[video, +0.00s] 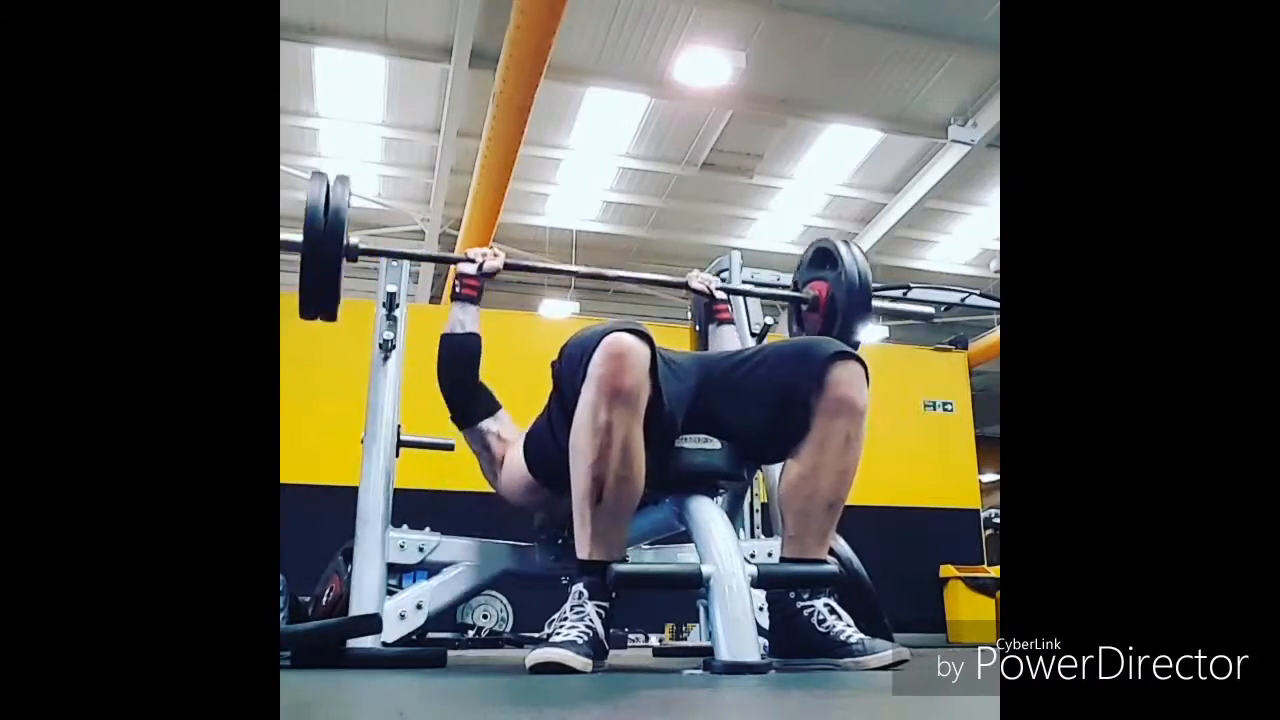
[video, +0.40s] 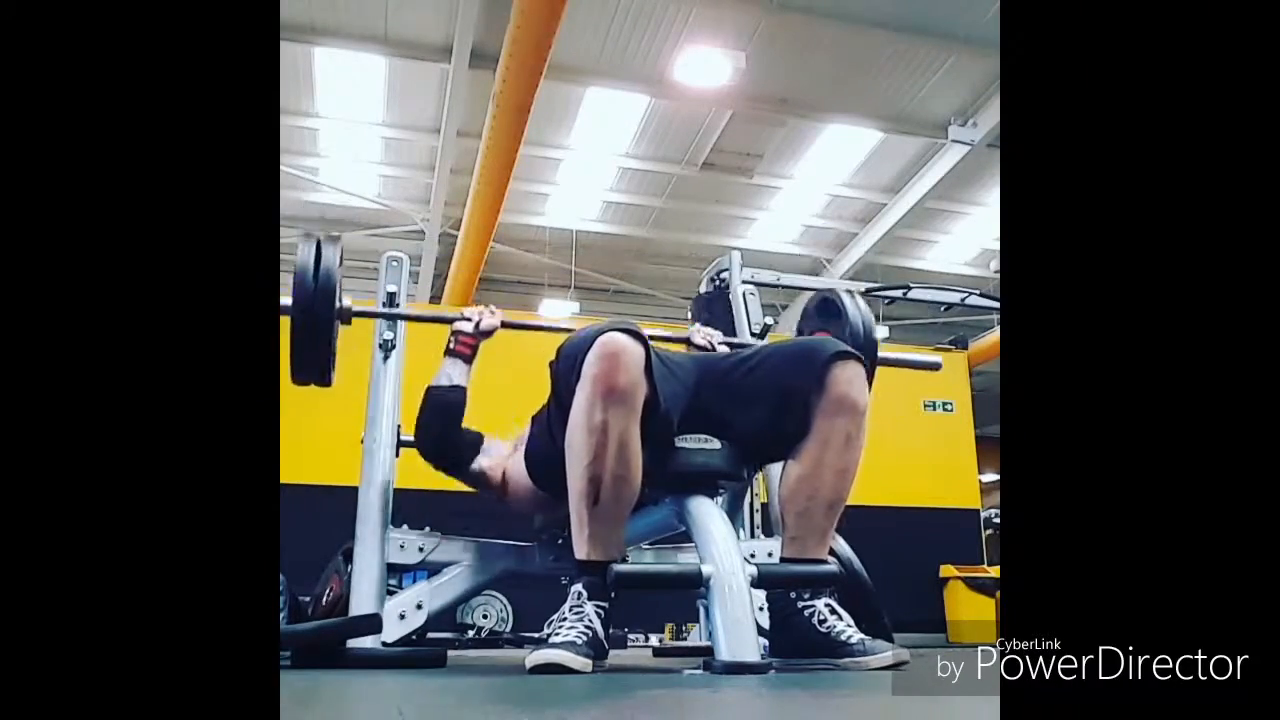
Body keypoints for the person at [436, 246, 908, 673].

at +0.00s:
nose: (497, 440)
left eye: (498, 440)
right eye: (493, 444)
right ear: (502, 462)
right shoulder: (524, 470)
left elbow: (736, 387)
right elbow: (461, 388)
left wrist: (716, 315)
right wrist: (468, 288)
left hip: (685, 385)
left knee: (840, 376)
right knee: (620, 353)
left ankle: (799, 608)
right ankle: (584, 605)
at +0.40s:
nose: (496, 476)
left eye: (496, 473)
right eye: (492, 480)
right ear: (497, 478)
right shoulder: (513, 466)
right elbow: (437, 437)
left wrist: (717, 357)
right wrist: (463, 346)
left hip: (711, 384)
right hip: (638, 378)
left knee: (842, 374)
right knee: (615, 354)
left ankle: (799, 607)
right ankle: (587, 607)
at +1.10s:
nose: (499, 441)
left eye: (499, 443)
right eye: (495, 447)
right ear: (502, 466)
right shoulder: (524, 469)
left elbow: (733, 394)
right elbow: (462, 386)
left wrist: (718, 324)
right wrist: (469, 289)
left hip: (680, 389)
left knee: (843, 375)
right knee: (619, 353)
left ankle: (801, 610)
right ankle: (585, 605)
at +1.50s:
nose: (512, 495)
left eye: (504, 486)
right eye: (503, 493)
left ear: (511, 465)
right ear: (505, 475)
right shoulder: (521, 456)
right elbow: (442, 434)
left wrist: (719, 357)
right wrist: (469, 345)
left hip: (710, 392)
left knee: (845, 375)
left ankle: (800, 607)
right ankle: (587, 606)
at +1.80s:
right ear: (496, 496)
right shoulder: (529, 486)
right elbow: (456, 494)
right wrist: (468, 405)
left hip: (705, 377)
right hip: (630, 361)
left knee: (849, 374)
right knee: (618, 357)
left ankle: (800, 608)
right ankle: (588, 607)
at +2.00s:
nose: (509, 496)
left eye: (502, 490)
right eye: (501, 490)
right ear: (506, 477)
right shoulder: (524, 461)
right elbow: (448, 433)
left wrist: (717, 355)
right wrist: (468, 344)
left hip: (713, 385)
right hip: (642, 374)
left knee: (841, 373)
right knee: (620, 353)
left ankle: (799, 610)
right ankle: (587, 606)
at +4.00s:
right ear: (496, 498)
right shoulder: (524, 480)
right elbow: (452, 501)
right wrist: (468, 406)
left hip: (707, 376)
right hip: (630, 358)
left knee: (850, 375)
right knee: (618, 357)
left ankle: (800, 607)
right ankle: (587, 606)